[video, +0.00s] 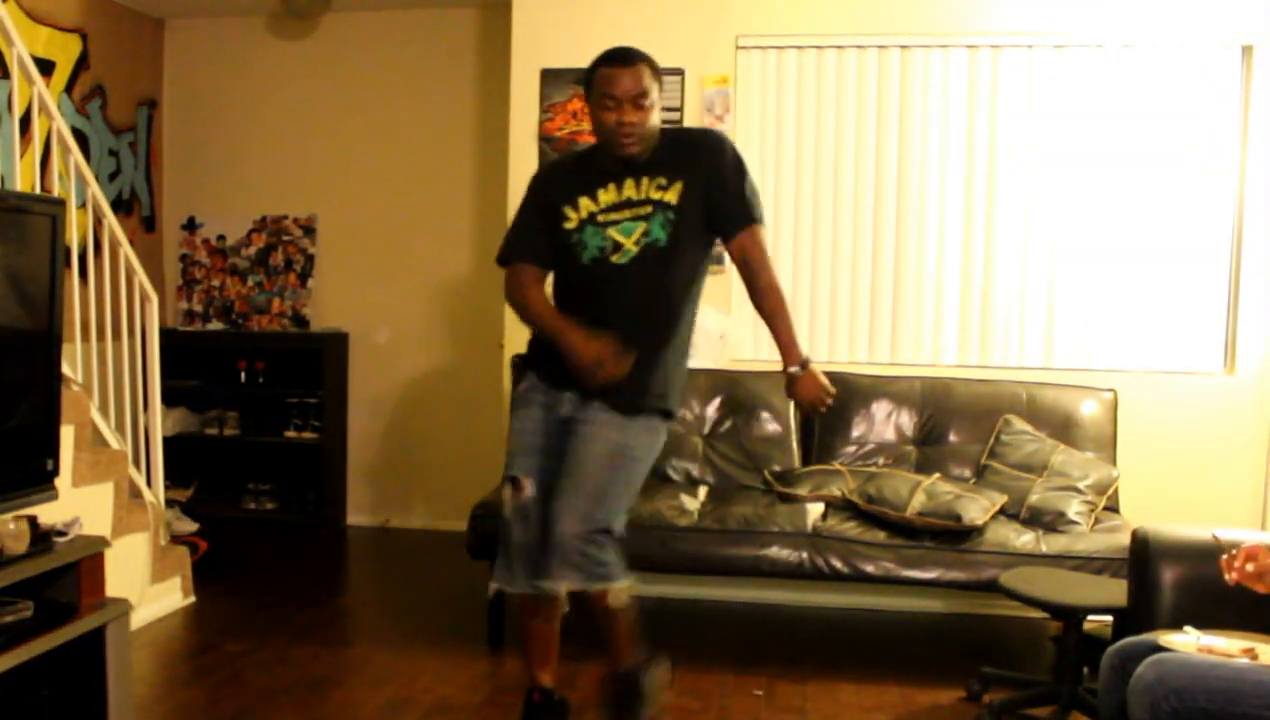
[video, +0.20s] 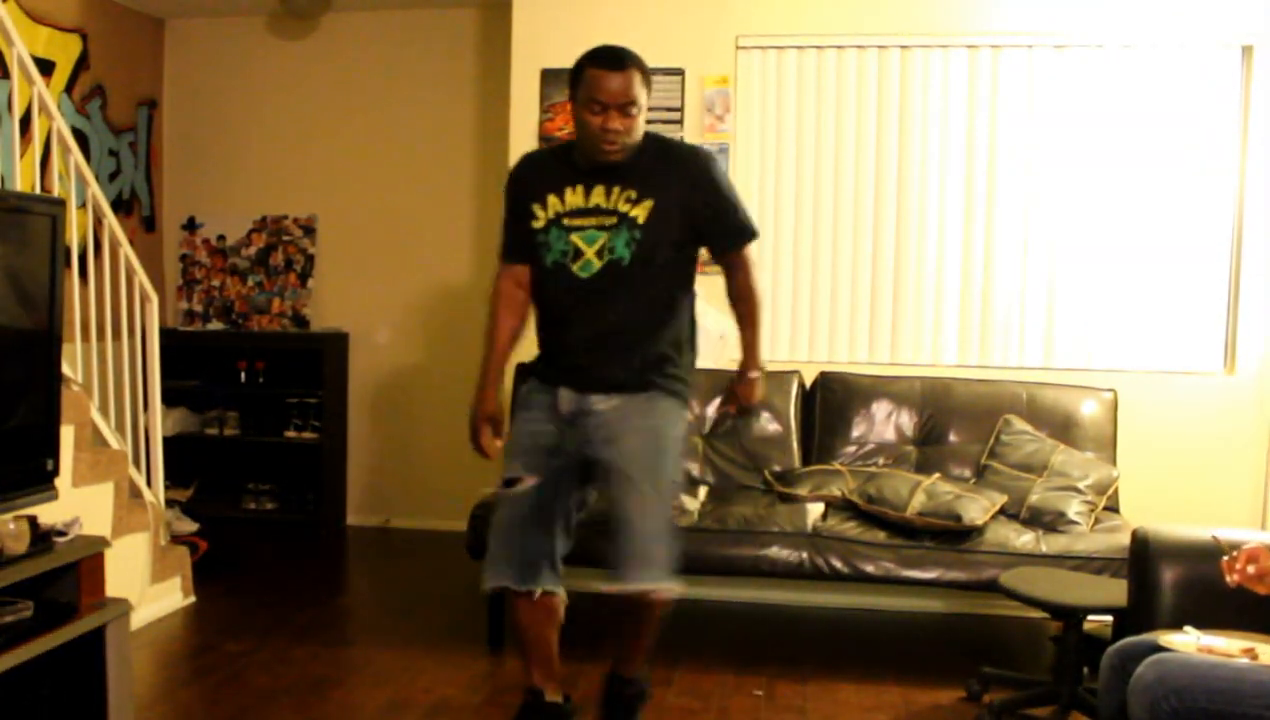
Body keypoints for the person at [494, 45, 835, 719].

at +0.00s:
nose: (628, 115)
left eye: (639, 101)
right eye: (613, 103)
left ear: (658, 100)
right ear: (589, 107)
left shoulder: (704, 156)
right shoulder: (559, 178)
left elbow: (753, 261)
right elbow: (520, 282)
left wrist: (797, 364)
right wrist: (569, 336)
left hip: (636, 390)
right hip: (549, 380)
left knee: (583, 536)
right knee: (530, 538)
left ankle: (631, 672)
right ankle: (543, 697)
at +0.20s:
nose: (613, 121)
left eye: (627, 108)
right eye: (599, 107)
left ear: (646, 106)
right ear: (573, 105)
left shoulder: (688, 171)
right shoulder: (534, 177)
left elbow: (738, 265)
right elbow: (515, 283)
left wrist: (751, 362)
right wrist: (489, 384)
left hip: (646, 393)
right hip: (552, 389)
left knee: (647, 565)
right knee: (524, 552)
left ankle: (626, 687)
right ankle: (546, 697)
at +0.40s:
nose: (627, 114)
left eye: (642, 101)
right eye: (613, 100)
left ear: (661, 101)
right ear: (588, 98)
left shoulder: (702, 176)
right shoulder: (549, 166)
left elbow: (736, 281)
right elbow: (515, 255)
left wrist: (763, 389)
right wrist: (481, 343)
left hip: (691, 409)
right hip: (578, 406)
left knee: (738, 576)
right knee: (520, 546)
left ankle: (723, 706)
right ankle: (541, 693)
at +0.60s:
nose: (667, 137)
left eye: (682, 123)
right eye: (653, 121)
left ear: (707, 115)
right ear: (632, 113)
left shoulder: (747, 181)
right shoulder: (593, 175)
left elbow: (798, 264)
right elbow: (531, 254)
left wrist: (803, 292)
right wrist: (471, 332)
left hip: (725, 410)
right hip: (629, 405)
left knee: (737, 591)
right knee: (627, 558)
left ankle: (723, 716)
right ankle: (537, 670)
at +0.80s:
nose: (694, 148)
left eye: (709, 134)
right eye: (680, 132)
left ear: (731, 128)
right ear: (659, 123)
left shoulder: (758, 188)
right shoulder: (605, 176)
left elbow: (803, 277)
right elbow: (514, 224)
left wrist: (793, 223)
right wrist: (477, 273)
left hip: (740, 409)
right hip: (642, 404)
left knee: (759, 578)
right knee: (637, 575)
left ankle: (725, 712)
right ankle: (652, 711)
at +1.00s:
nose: (692, 137)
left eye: (706, 121)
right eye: (676, 122)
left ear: (728, 110)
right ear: (655, 114)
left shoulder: (761, 148)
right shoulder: (620, 172)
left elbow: (817, 227)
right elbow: (531, 250)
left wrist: (810, 184)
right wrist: (552, 235)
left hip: (726, 396)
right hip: (616, 379)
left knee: (745, 568)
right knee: (530, 537)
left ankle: (729, 710)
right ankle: (555, 678)